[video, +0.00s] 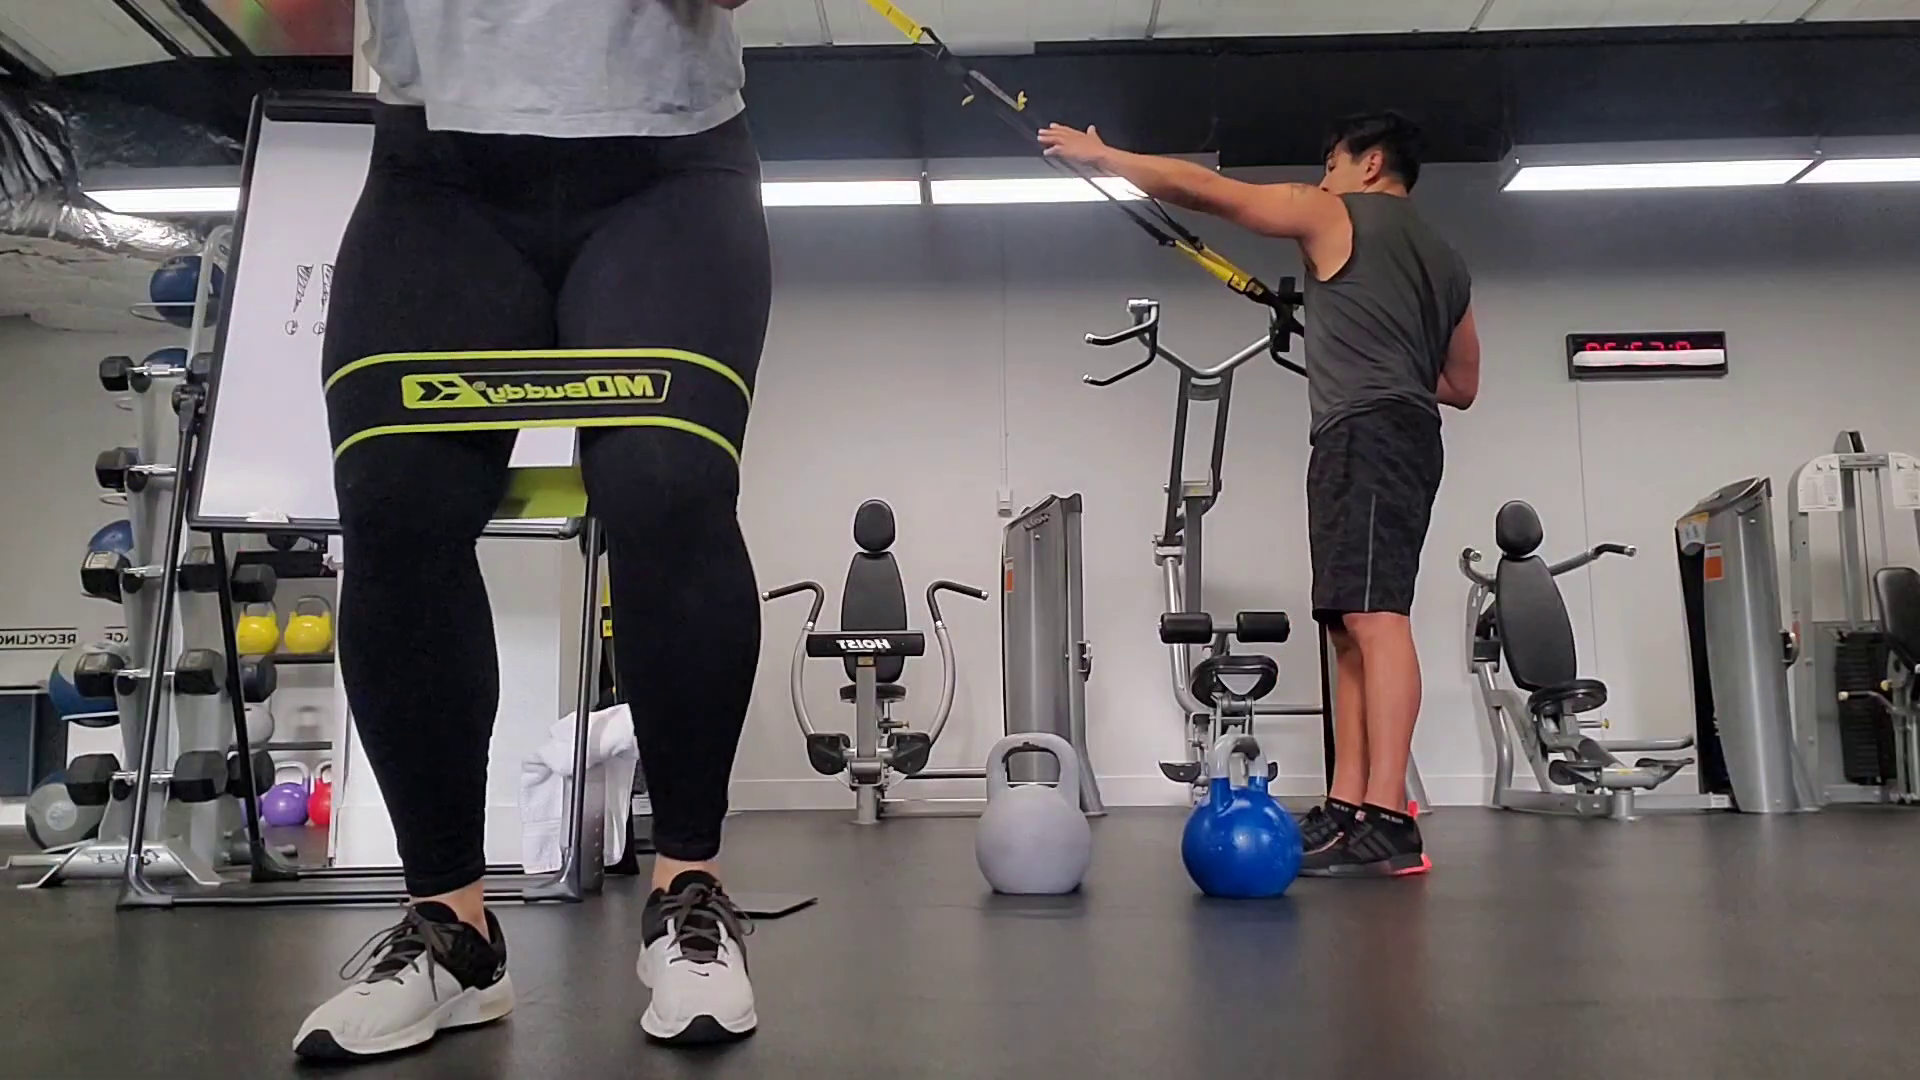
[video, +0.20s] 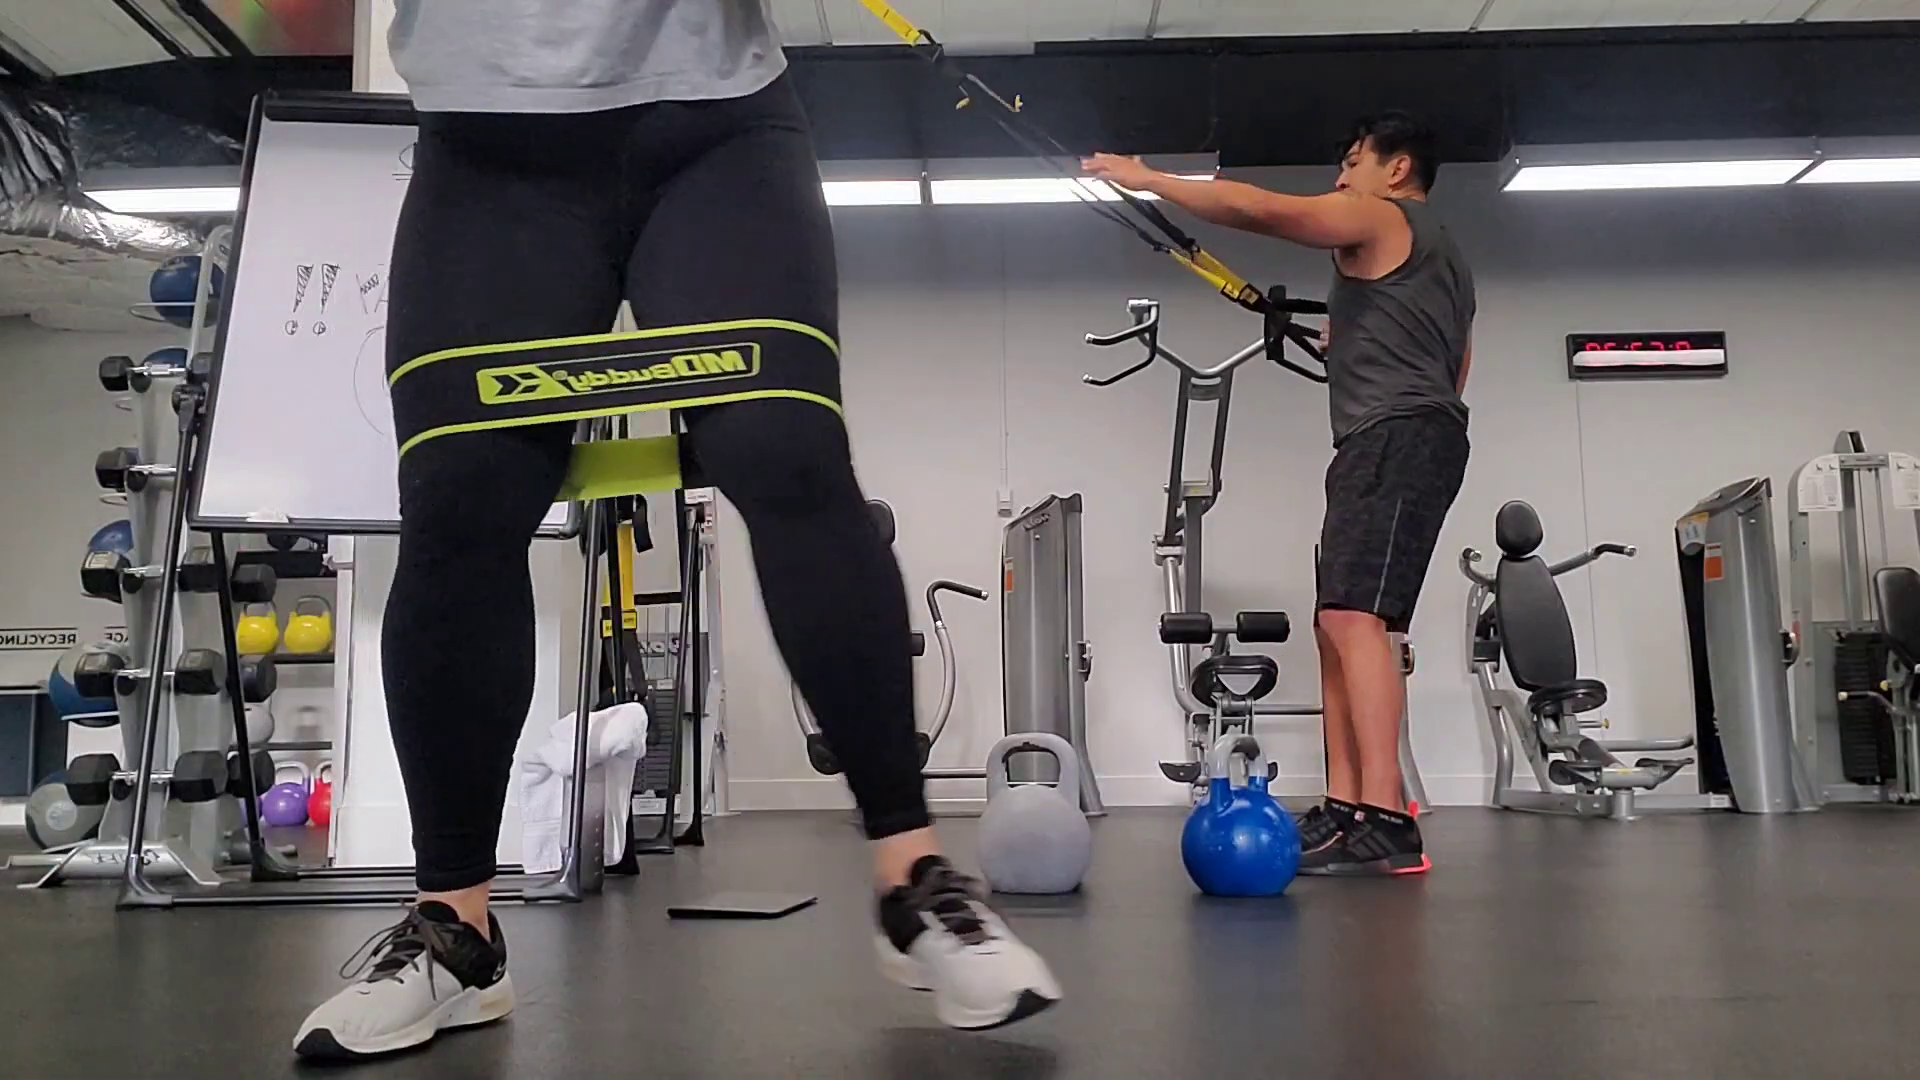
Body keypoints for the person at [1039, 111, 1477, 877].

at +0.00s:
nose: (1325, 179)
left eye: (1333, 165)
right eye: (1328, 167)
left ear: (1371, 160)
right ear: (1398, 171)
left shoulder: (1336, 212)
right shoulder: (1444, 260)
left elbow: (1213, 189)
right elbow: (1460, 386)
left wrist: (1102, 153)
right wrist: (1363, 355)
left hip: (1366, 430)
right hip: (1404, 432)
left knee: (1378, 618)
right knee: (1348, 623)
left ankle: (1389, 821)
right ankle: (1349, 808)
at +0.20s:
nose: (1340, 177)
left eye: (1353, 162)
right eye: (1345, 164)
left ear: (1398, 165)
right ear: (1408, 173)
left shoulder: (1379, 215)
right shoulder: (1444, 256)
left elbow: (1260, 210)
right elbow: (1451, 376)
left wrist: (1149, 179)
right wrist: (1352, 348)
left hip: (1398, 433)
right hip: (1405, 436)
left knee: (1353, 618)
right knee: (1336, 623)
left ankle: (1388, 819)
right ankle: (1348, 808)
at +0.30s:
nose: (1361, 190)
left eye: (1375, 176)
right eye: (1364, 179)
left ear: (1423, 184)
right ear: (1416, 189)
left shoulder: (1419, 235)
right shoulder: (1408, 255)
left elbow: (1316, 245)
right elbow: (1427, 363)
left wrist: (1204, 224)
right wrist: (1360, 348)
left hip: (1429, 454)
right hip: (1395, 458)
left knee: (1335, 620)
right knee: (1307, 627)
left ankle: (1386, 821)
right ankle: (1347, 810)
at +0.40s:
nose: (1392, 220)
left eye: (1408, 205)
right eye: (1393, 208)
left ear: (1458, 216)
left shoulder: (1471, 274)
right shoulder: (1419, 311)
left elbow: (1418, 315)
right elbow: (1402, 430)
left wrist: (1285, 300)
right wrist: (1359, 373)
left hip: (1458, 492)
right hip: (1407, 500)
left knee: (1324, 626)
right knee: (1286, 633)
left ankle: (1387, 821)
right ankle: (1345, 811)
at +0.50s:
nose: (1432, 264)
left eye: (1449, 248)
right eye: (1432, 253)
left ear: (1499, 262)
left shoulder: (1518, 331)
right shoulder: (1454, 360)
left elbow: (1521, 402)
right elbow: (1392, 452)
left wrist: (1399, 398)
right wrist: (1357, 378)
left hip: (1479, 542)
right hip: (1427, 544)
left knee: (1320, 629)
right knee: (1273, 638)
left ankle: (1386, 823)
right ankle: (1342, 812)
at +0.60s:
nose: (1474, 316)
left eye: (1492, 301)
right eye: (1474, 305)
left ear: (1544, 314)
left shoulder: (1572, 402)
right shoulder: (1482, 414)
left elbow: (1616, 494)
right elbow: (1391, 463)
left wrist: (1570, 512)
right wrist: (1355, 395)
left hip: (1499, 598)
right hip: (1444, 593)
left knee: (1323, 629)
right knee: (1271, 641)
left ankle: (1386, 823)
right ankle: (1337, 811)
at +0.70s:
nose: (1516, 368)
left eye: (1535, 353)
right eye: (1517, 356)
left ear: (1589, 370)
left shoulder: (1621, 469)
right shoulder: (1502, 457)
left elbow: (1686, 567)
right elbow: (1402, 472)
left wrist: (1710, 615)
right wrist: (1358, 400)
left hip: (1523, 656)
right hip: (1461, 649)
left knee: (1346, 625)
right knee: (1283, 642)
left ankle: (1388, 826)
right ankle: (1337, 812)